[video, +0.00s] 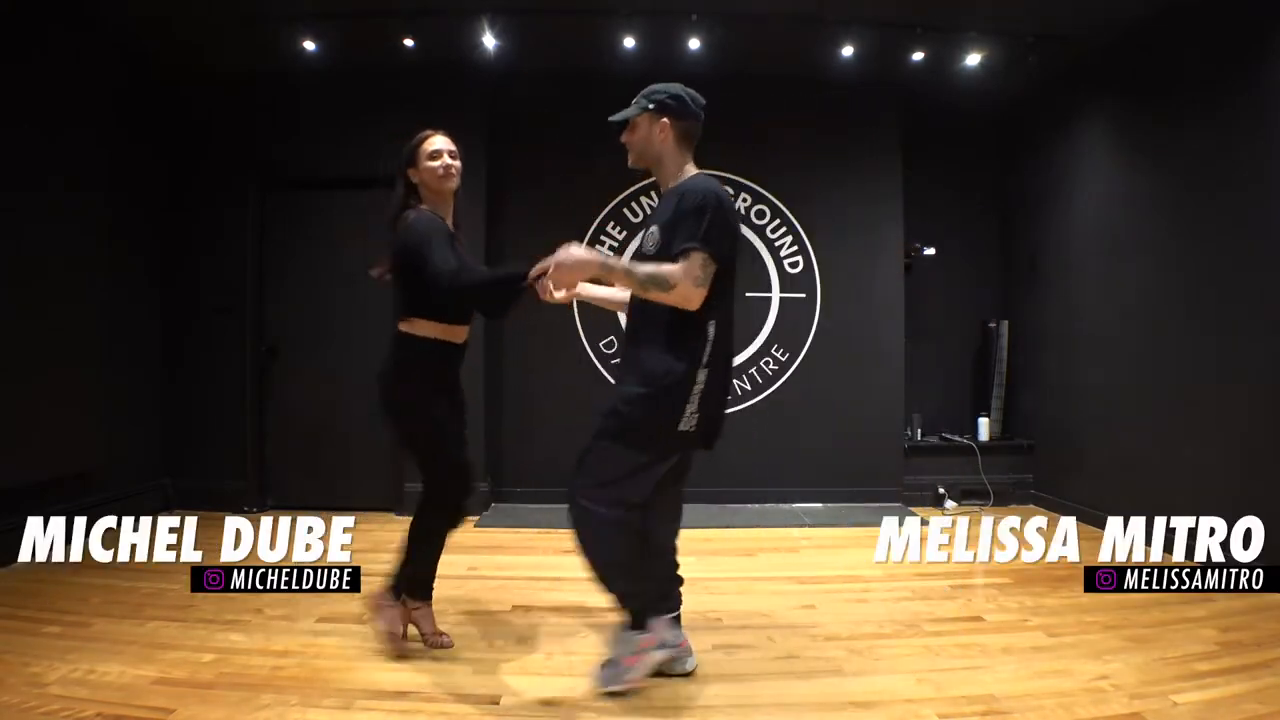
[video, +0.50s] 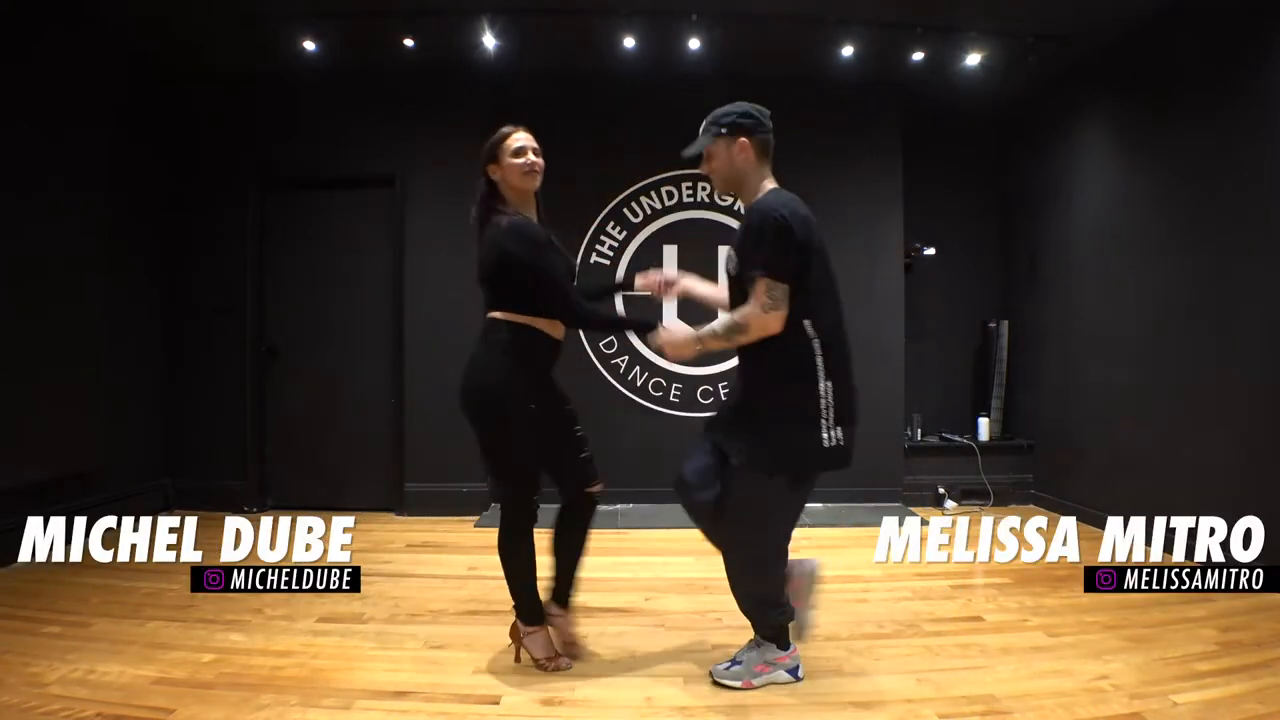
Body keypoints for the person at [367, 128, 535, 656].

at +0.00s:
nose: (448, 162)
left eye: (453, 155)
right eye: (435, 156)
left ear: (460, 169)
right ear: (413, 174)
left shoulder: (447, 233)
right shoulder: (418, 226)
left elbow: (491, 306)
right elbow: (454, 284)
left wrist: (531, 286)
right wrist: (530, 272)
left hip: (441, 368)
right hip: (414, 367)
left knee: (451, 486)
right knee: (446, 484)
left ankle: (418, 598)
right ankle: (394, 595)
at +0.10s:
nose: (463, 161)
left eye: (468, 154)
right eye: (450, 154)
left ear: (476, 167)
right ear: (428, 171)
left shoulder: (469, 230)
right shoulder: (432, 221)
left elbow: (489, 310)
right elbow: (473, 256)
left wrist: (536, 299)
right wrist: (550, 228)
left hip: (451, 365)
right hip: (431, 364)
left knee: (428, 486)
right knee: (492, 476)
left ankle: (416, 599)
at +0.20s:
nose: (476, 161)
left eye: (482, 154)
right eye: (464, 154)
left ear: (491, 167)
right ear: (441, 170)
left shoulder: (489, 232)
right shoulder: (445, 222)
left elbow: (510, 310)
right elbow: (498, 238)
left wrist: (558, 318)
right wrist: (568, 195)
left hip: (472, 367)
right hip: (451, 367)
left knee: (431, 488)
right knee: (515, 486)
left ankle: (416, 600)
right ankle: (532, 617)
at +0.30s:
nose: (499, 159)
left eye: (504, 152)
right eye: (486, 152)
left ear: (511, 165)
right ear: (462, 168)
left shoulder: (506, 226)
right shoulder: (472, 221)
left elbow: (532, 313)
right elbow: (528, 244)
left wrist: (593, 346)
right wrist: (592, 205)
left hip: (494, 368)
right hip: (481, 369)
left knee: (488, 486)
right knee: (529, 490)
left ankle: (433, 593)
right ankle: (534, 620)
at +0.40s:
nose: (513, 158)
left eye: (518, 152)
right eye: (500, 152)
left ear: (524, 167)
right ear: (475, 169)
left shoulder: (518, 230)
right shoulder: (489, 223)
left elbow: (551, 312)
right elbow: (549, 270)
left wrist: (619, 337)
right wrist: (618, 255)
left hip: (512, 368)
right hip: (489, 367)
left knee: (536, 491)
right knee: (522, 494)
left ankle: (467, 582)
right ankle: (531, 622)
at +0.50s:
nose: (532, 159)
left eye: (536, 152)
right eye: (518, 153)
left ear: (542, 166)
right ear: (494, 172)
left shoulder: (535, 229)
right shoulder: (510, 233)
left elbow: (572, 292)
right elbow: (572, 313)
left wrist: (630, 282)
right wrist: (645, 326)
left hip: (532, 374)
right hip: (502, 374)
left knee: (582, 488)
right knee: (519, 499)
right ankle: (529, 624)